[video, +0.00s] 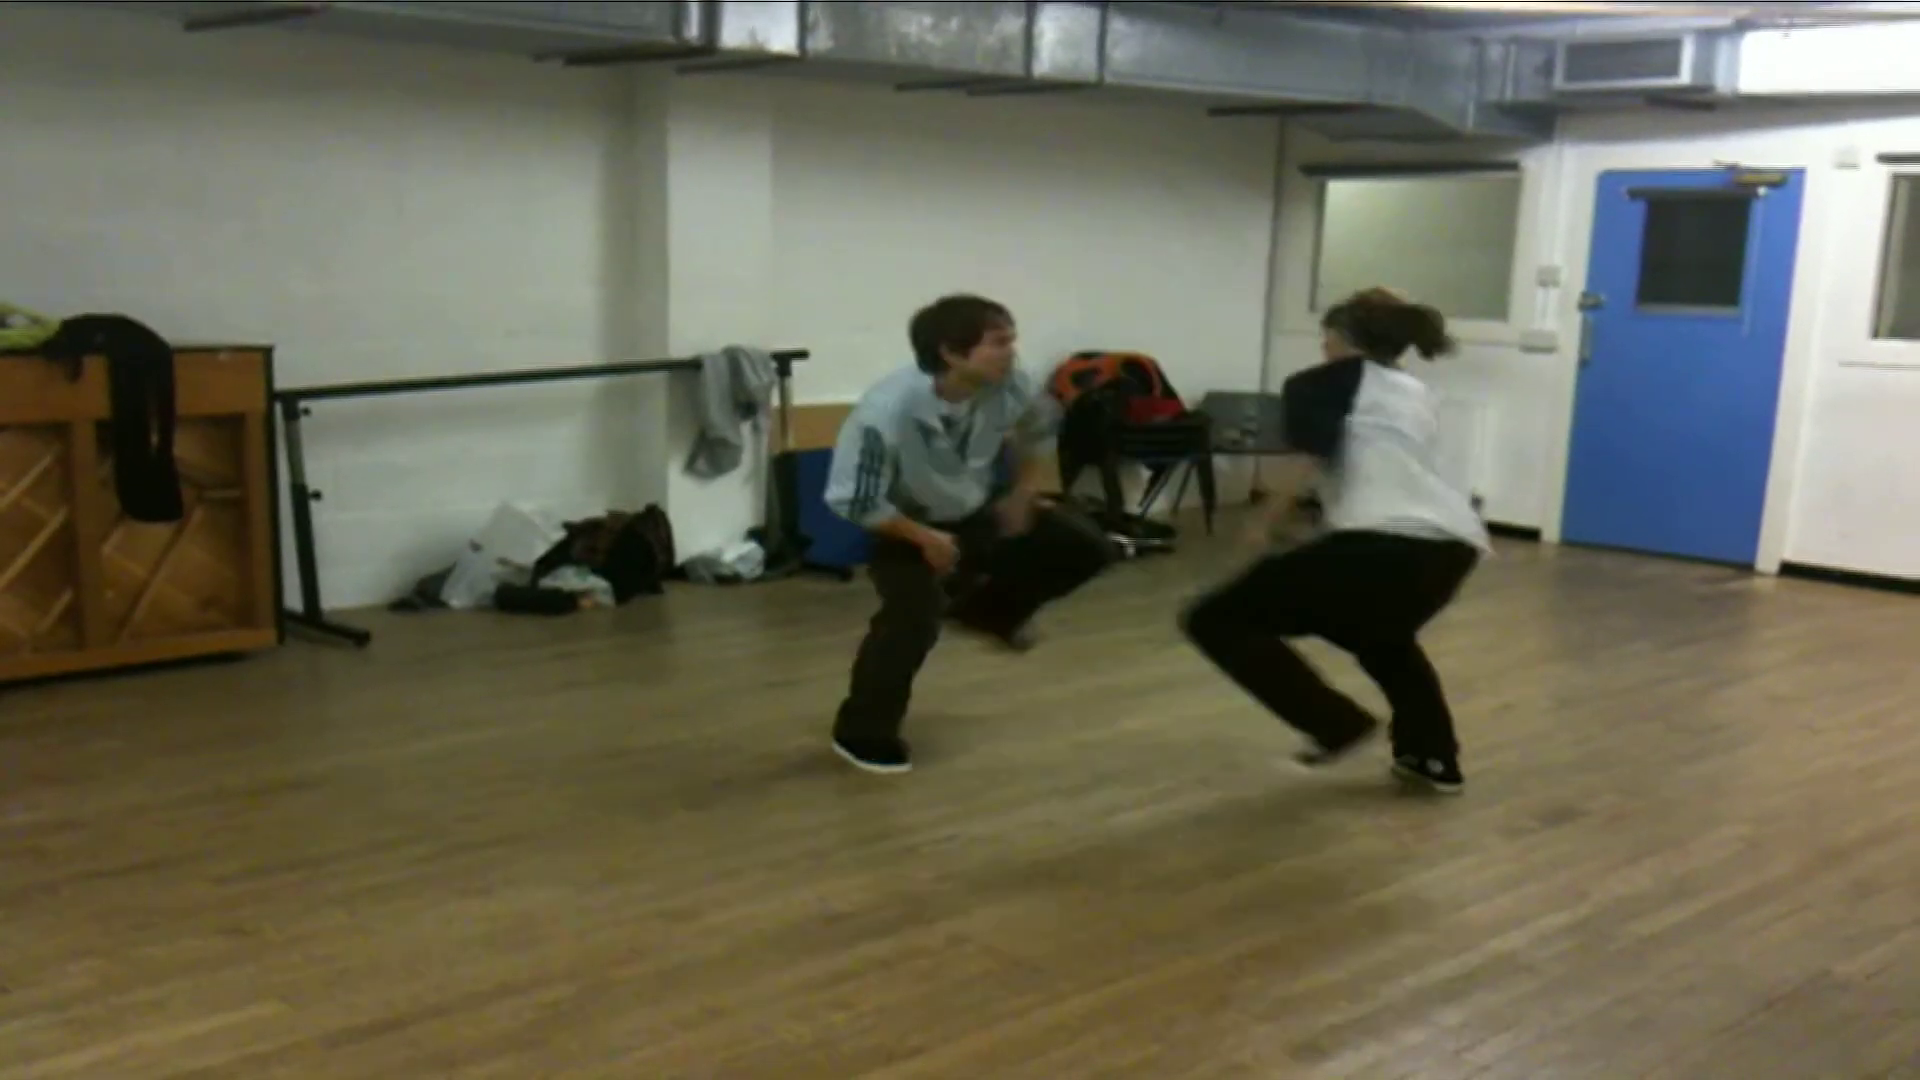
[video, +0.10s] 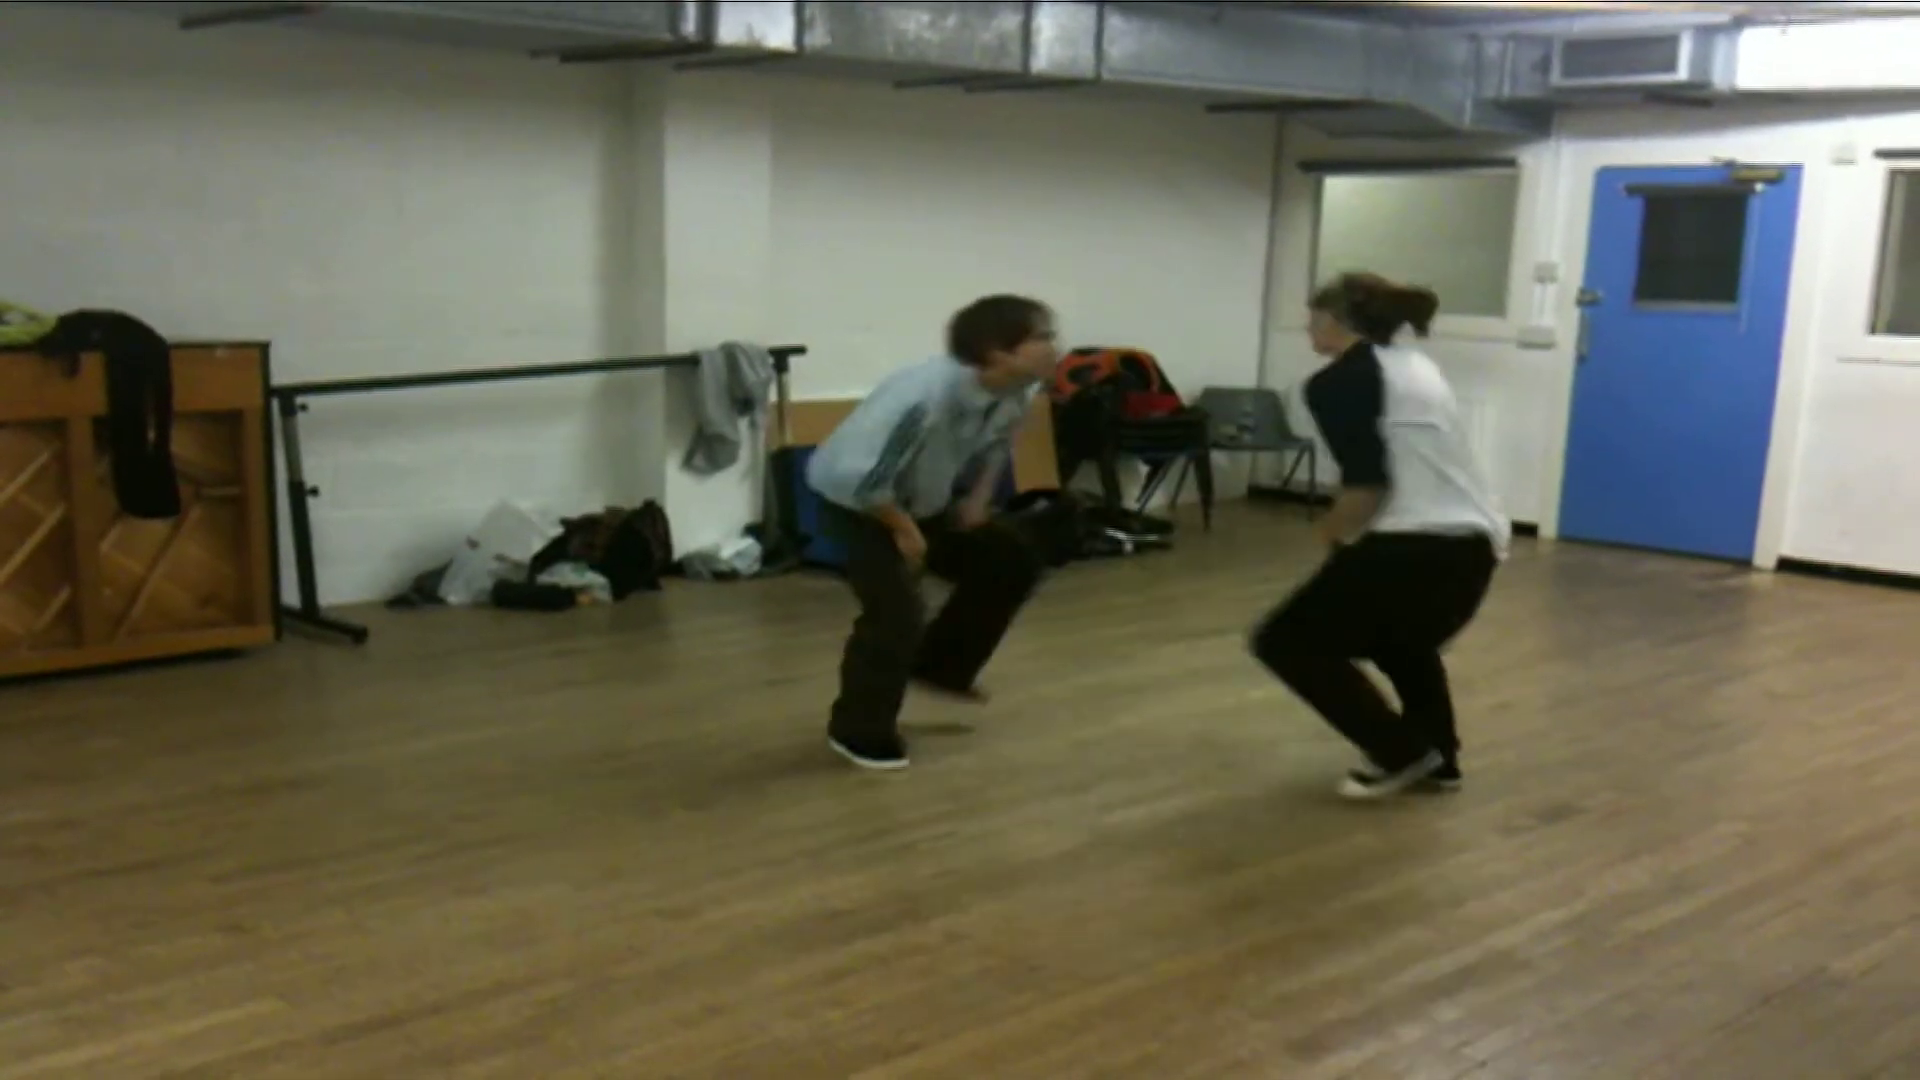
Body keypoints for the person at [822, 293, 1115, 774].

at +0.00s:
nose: (1010, 352)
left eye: (1010, 341)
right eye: (997, 342)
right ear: (952, 355)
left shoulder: (1008, 386)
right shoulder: (888, 409)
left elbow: (1040, 433)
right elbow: (852, 498)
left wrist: (1022, 497)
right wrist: (922, 537)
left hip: (975, 515)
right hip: (903, 526)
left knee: (1080, 550)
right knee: (914, 610)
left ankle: (990, 610)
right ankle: (863, 731)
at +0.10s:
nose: (1051, 348)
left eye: (1049, 338)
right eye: (1040, 339)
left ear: (1002, 356)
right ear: (998, 355)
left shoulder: (1013, 395)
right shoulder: (920, 395)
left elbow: (996, 447)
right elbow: (849, 478)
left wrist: (978, 499)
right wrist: (901, 525)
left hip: (921, 504)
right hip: (851, 509)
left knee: (1009, 563)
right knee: (896, 608)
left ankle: (942, 663)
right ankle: (859, 730)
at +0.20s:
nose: (1084, 335)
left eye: (1082, 325)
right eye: (1073, 325)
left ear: (1039, 334)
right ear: (1034, 331)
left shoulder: (1013, 383)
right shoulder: (979, 363)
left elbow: (945, 442)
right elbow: (893, 433)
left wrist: (940, 497)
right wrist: (894, 497)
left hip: (884, 492)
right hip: (831, 486)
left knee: (945, 587)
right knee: (882, 608)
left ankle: (919, 704)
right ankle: (856, 726)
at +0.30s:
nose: (1057, 313)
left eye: (1057, 302)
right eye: (1049, 301)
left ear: (1011, 305)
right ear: (1010, 300)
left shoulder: (991, 351)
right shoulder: (976, 327)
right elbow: (920, 394)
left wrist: (936, 488)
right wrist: (927, 478)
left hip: (884, 485)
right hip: (848, 480)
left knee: (935, 584)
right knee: (900, 596)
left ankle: (914, 700)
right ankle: (858, 728)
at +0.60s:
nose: (1010, 281)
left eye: (1009, 269)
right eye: (1001, 270)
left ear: (960, 273)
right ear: (959, 272)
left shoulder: (948, 326)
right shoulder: (911, 333)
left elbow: (964, 424)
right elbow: (929, 441)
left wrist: (980, 485)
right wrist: (969, 488)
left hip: (934, 486)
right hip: (895, 488)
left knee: (971, 584)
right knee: (944, 593)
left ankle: (934, 700)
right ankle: (860, 722)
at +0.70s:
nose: (1046, 338)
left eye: (1044, 326)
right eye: (1036, 328)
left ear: (996, 334)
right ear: (996, 334)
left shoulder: (977, 370)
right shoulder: (915, 398)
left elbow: (954, 425)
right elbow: (867, 497)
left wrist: (960, 467)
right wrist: (932, 525)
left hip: (916, 491)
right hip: (856, 499)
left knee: (978, 577)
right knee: (934, 603)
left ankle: (934, 698)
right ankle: (860, 722)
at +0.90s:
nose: (1083, 424)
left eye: (1086, 414)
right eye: (1078, 413)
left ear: (1035, 409)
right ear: (1037, 410)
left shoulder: (1001, 436)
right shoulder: (936, 444)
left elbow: (965, 488)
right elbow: (831, 505)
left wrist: (956, 527)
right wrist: (912, 551)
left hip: (910, 520)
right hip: (842, 526)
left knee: (984, 597)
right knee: (924, 626)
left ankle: (931, 704)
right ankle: (860, 727)